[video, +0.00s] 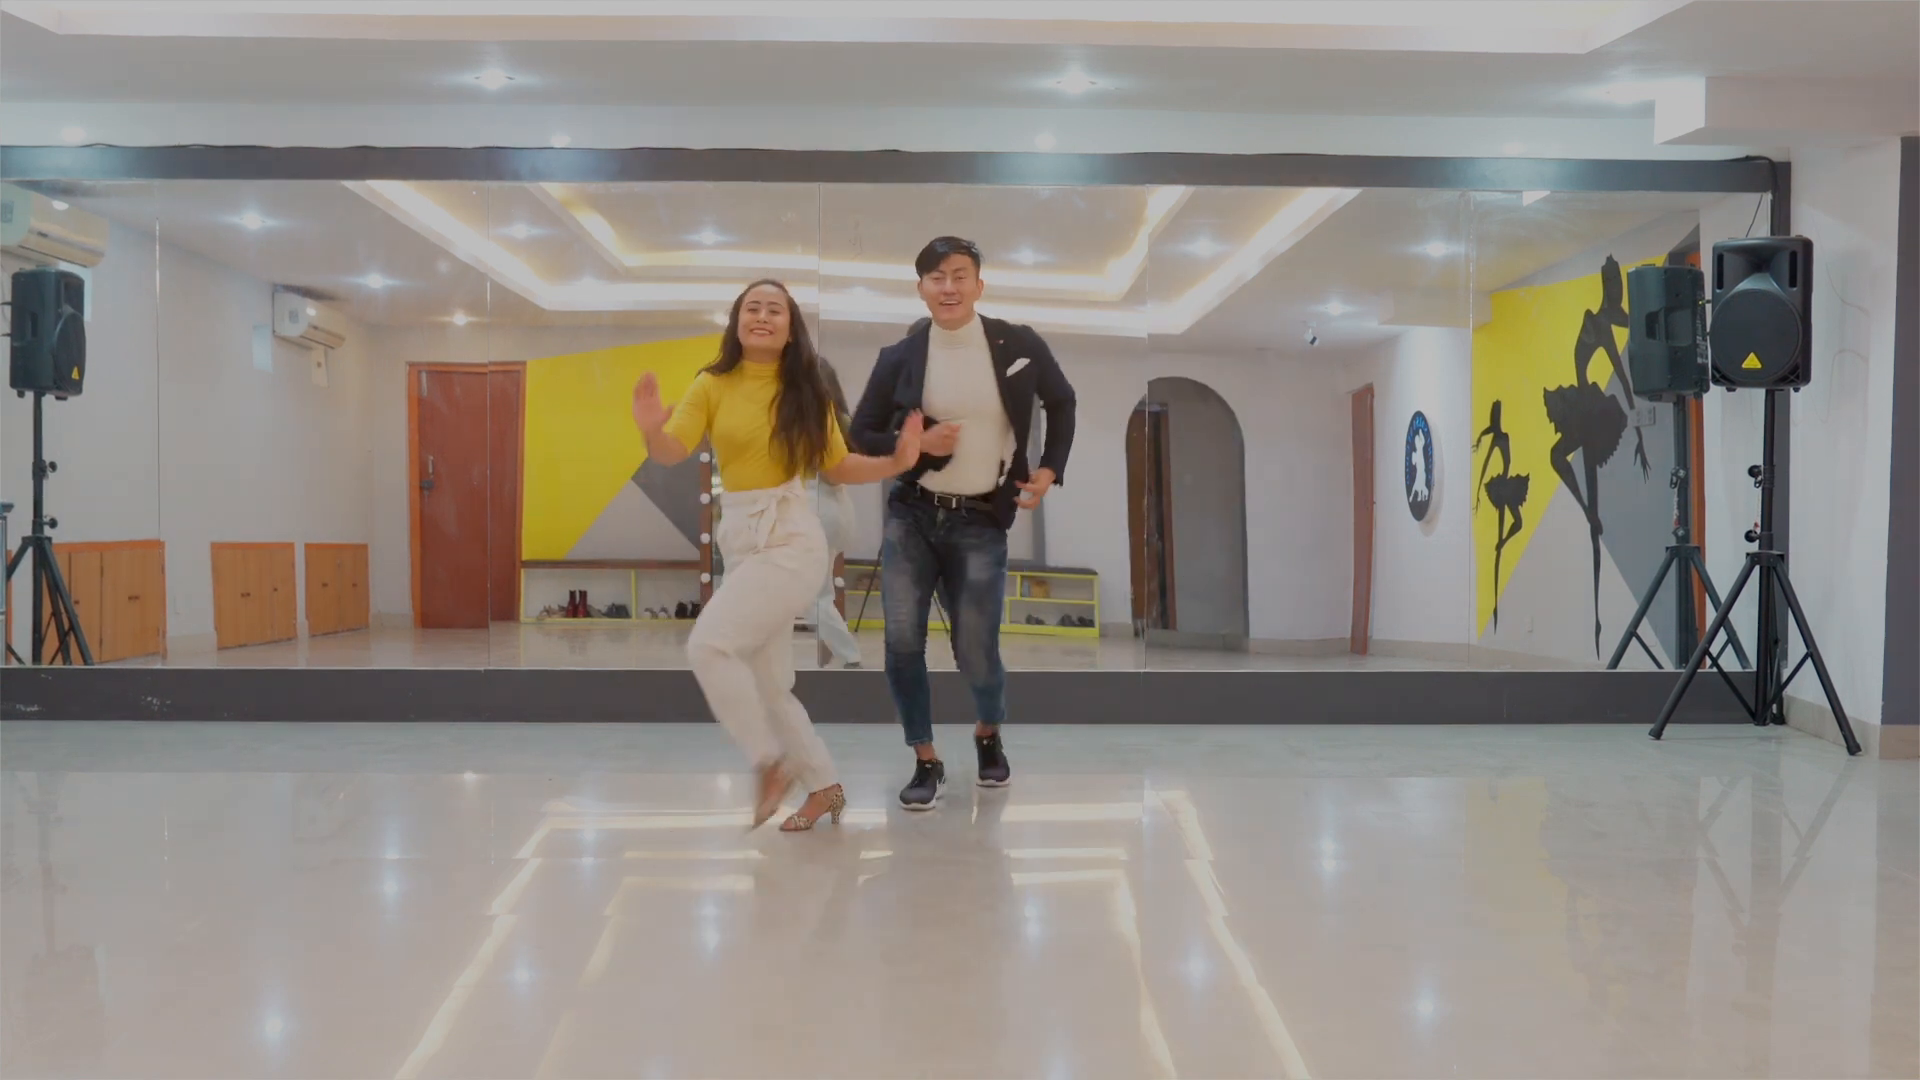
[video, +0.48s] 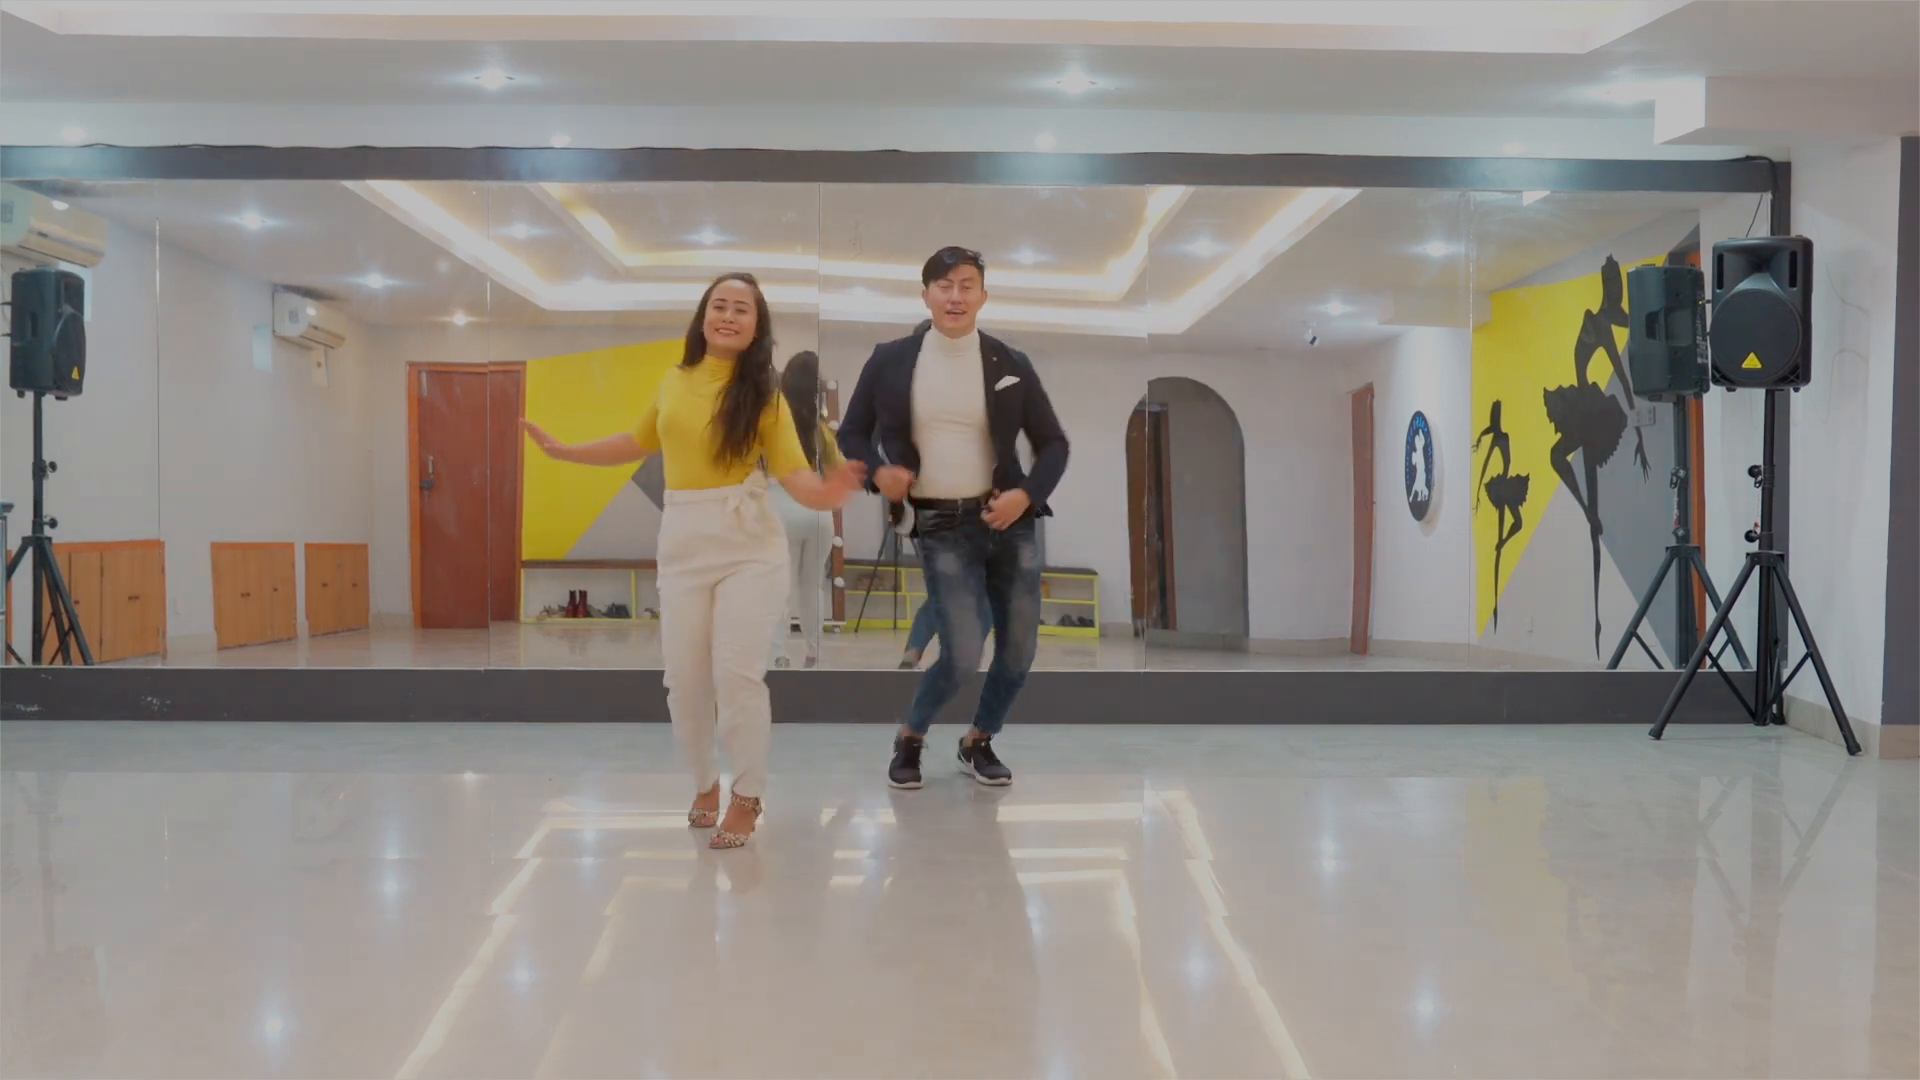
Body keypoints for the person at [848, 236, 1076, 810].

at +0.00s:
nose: (948, 288)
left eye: (959, 276)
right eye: (937, 277)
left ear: (979, 284)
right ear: (920, 286)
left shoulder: (1017, 346)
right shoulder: (899, 358)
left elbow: (1062, 401)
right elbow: (860, 437)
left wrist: (1050, 469)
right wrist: (916, 443)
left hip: (982, 518)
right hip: (911, 513)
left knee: (975, 648)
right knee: (900, 639)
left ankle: (989, 734)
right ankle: (926, 760)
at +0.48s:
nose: (956, 296)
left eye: (967, 286)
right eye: (944, 285)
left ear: (983, 295)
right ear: (926, 294)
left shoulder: (1011, 364)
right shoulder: (889, 362)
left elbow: (1054, 443)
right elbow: (852, 433)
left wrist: (1028, 492)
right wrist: (876, 469)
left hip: (1010, 517)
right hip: (940, 523)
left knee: (1018, 655)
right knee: (963, 659)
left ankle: (979, 740)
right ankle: (911, 736)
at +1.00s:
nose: (995, 298)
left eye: (1002, 287)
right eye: (981, 286)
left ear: (1009, 292)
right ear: (952, 292)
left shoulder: (1015, 372)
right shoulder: (932, 356)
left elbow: (1008, 454)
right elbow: (875, 427)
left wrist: (1032, 473)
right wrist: (936, 482)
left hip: (988, 531)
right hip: (915, 531)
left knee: (1039, 641)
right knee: (851, 650)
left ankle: (1031, 772)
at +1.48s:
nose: (886, 311)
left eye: (901, 300)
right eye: (885, 300)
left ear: (936, 310)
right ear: (886, 306)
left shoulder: (952, 368)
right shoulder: (893, 375)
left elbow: (982, 427)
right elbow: (881, 448)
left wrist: (925, 485)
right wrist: (862, 485)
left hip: (949, 551)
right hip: (887, 549)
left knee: (1000, 666)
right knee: (793, 631)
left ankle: (1063, 760)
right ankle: (813, 772)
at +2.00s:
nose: (812, 341)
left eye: (827, 333)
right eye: (816, 329)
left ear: (864, 350)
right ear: (827, 338)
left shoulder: (885, 406)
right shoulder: (806, 410)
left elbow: (876, 481)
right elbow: (766, 479)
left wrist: (789, 451)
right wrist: (711, 507)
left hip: (885, 578)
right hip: (835, 581)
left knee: (810, 670)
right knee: (744, 655)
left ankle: (860, 815)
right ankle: (807, 775)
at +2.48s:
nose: (745, 322)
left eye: (744, 311)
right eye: (735, 313)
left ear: (699, 325)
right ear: (705, 321)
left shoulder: (687, 373)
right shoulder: (711, 377)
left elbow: (736, 378)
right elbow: (799, 391)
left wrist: (767, 347)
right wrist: (869, 361)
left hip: (664, 538)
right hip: (690, 544)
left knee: (656, 676)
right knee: (765, 656)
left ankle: (629, 794)